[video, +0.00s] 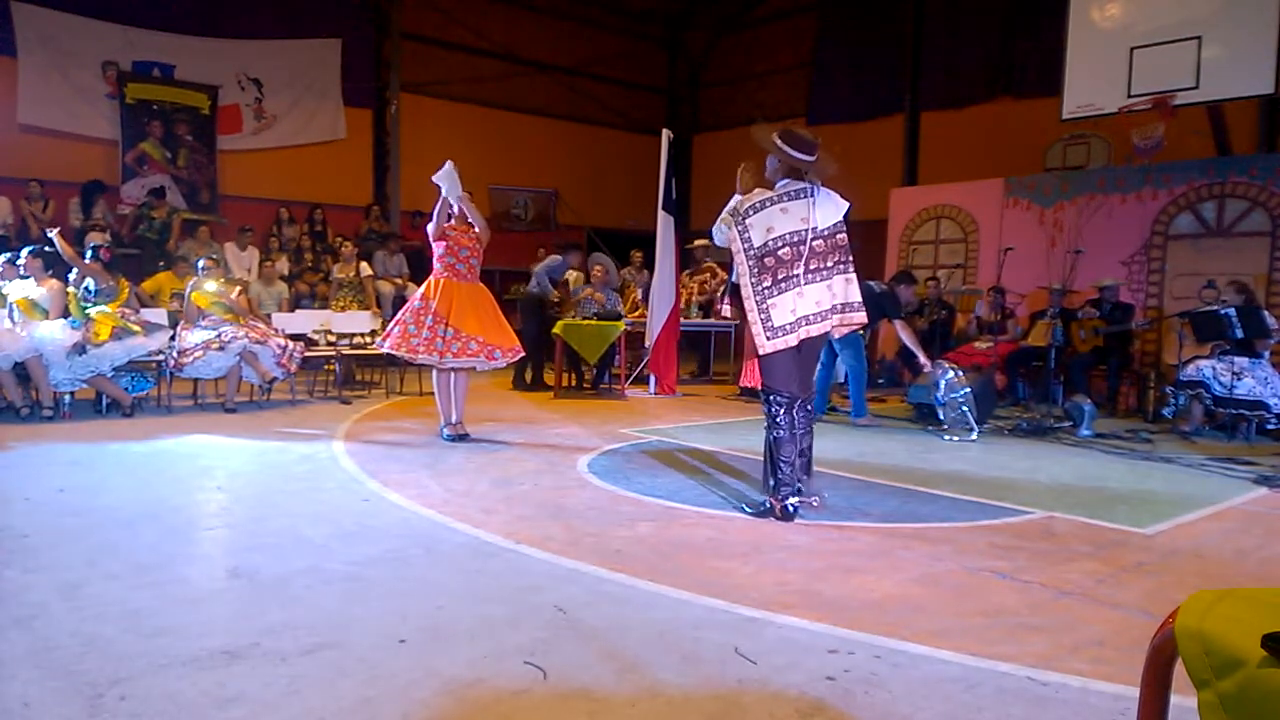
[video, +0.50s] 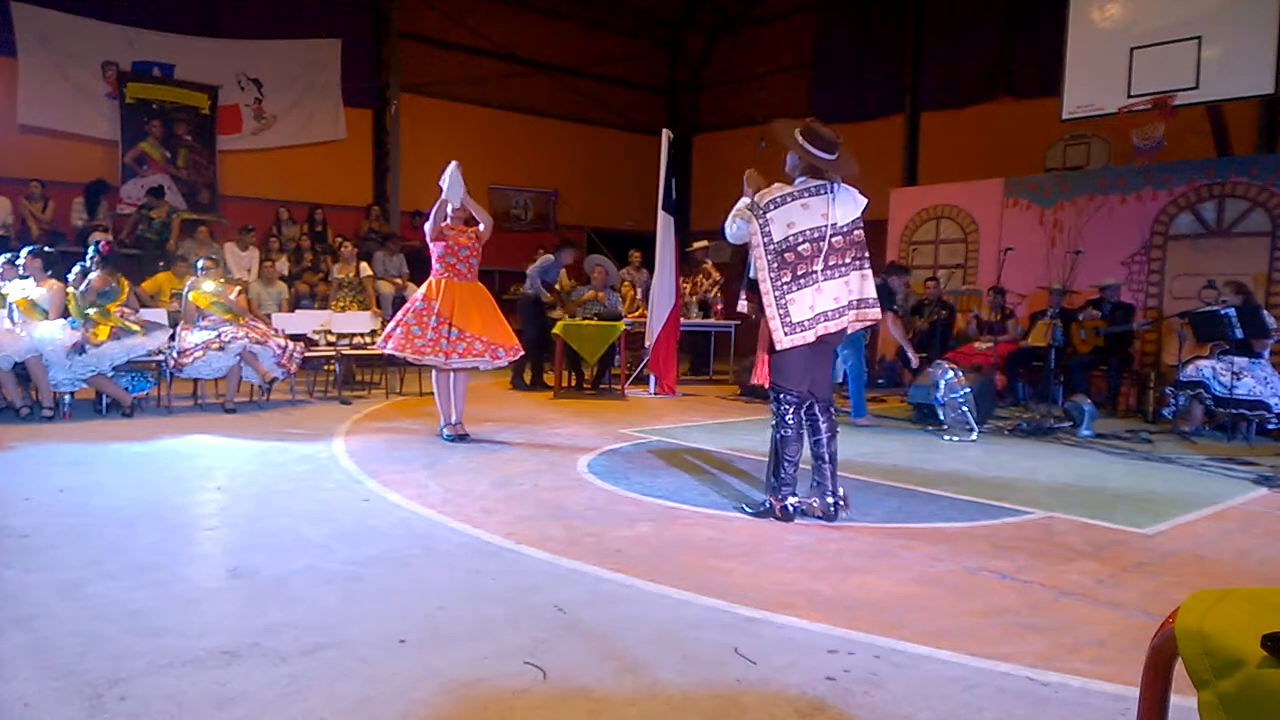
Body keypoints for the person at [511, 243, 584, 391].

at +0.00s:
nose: (579, 263)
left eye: (580, 260)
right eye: (578, 258)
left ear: (573, 259)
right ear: (571, 256)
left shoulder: (563, 270)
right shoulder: (557, 260)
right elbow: (539, 271)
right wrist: (551, 292)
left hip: (540, 300)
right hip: (530, 298)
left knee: (540, 341)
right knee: (529, 339)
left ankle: (538, 377)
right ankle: (519, 377)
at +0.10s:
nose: (578, 263)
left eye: (580, 260)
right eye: (577, 259)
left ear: (573, 259)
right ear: (571, 255)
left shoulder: (562, 270)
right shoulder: (556, 260)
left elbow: (560, 287)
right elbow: (538, 271)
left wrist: (567, 301)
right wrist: (550, 292)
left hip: (541, 301)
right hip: (530, 298)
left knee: (540, 340)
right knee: (528, 339)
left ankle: (538, 377)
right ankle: (519, 377)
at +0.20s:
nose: (578, 262)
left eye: (580, 259)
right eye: (578, 258)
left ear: (572, 259)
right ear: (571, 255)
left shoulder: (562, 269)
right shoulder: (556, 260)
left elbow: (558, 287)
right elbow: (536, 271)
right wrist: (548, 292)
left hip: (540, 301)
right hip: (530, 299)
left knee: (540, 340)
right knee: (528, 339)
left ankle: (537, 377)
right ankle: (519, 377)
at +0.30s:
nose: (579, 261)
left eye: (580, 258)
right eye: (578, 257)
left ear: (573, 258)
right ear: (570, 254)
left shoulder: (563, 269)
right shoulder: (555, 260)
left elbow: (555, 285)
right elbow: (535, 271)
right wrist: (547, 294)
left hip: (541, 302)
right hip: (530, 299)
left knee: (541, 340)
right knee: (529, 339)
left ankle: (537, 377)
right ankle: (519, 377)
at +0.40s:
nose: (577, 261)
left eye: (578, 258)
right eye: (576, 257)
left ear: (572, 258)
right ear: (568, 254)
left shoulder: (561, 269)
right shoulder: (553, 260)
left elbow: (553, 287)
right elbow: (534, 272)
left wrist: (564, 302)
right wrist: (544, 295)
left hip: (539, 302)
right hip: (529, 299)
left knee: (541, 340)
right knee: (529, 339)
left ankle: (538, 377)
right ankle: (519, 377)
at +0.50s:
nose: (572, 260)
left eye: (574, 256)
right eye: (571, 255)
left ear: (567, 255)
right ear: (564, 252)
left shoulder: (558, 268)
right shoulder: (549, 259)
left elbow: (551, 285)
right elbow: (532, 272)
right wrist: (543, 294)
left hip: (538, 301)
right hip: (528, 300)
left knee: (541, 340)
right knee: (529, 338)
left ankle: (537, 376)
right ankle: (517, 376)